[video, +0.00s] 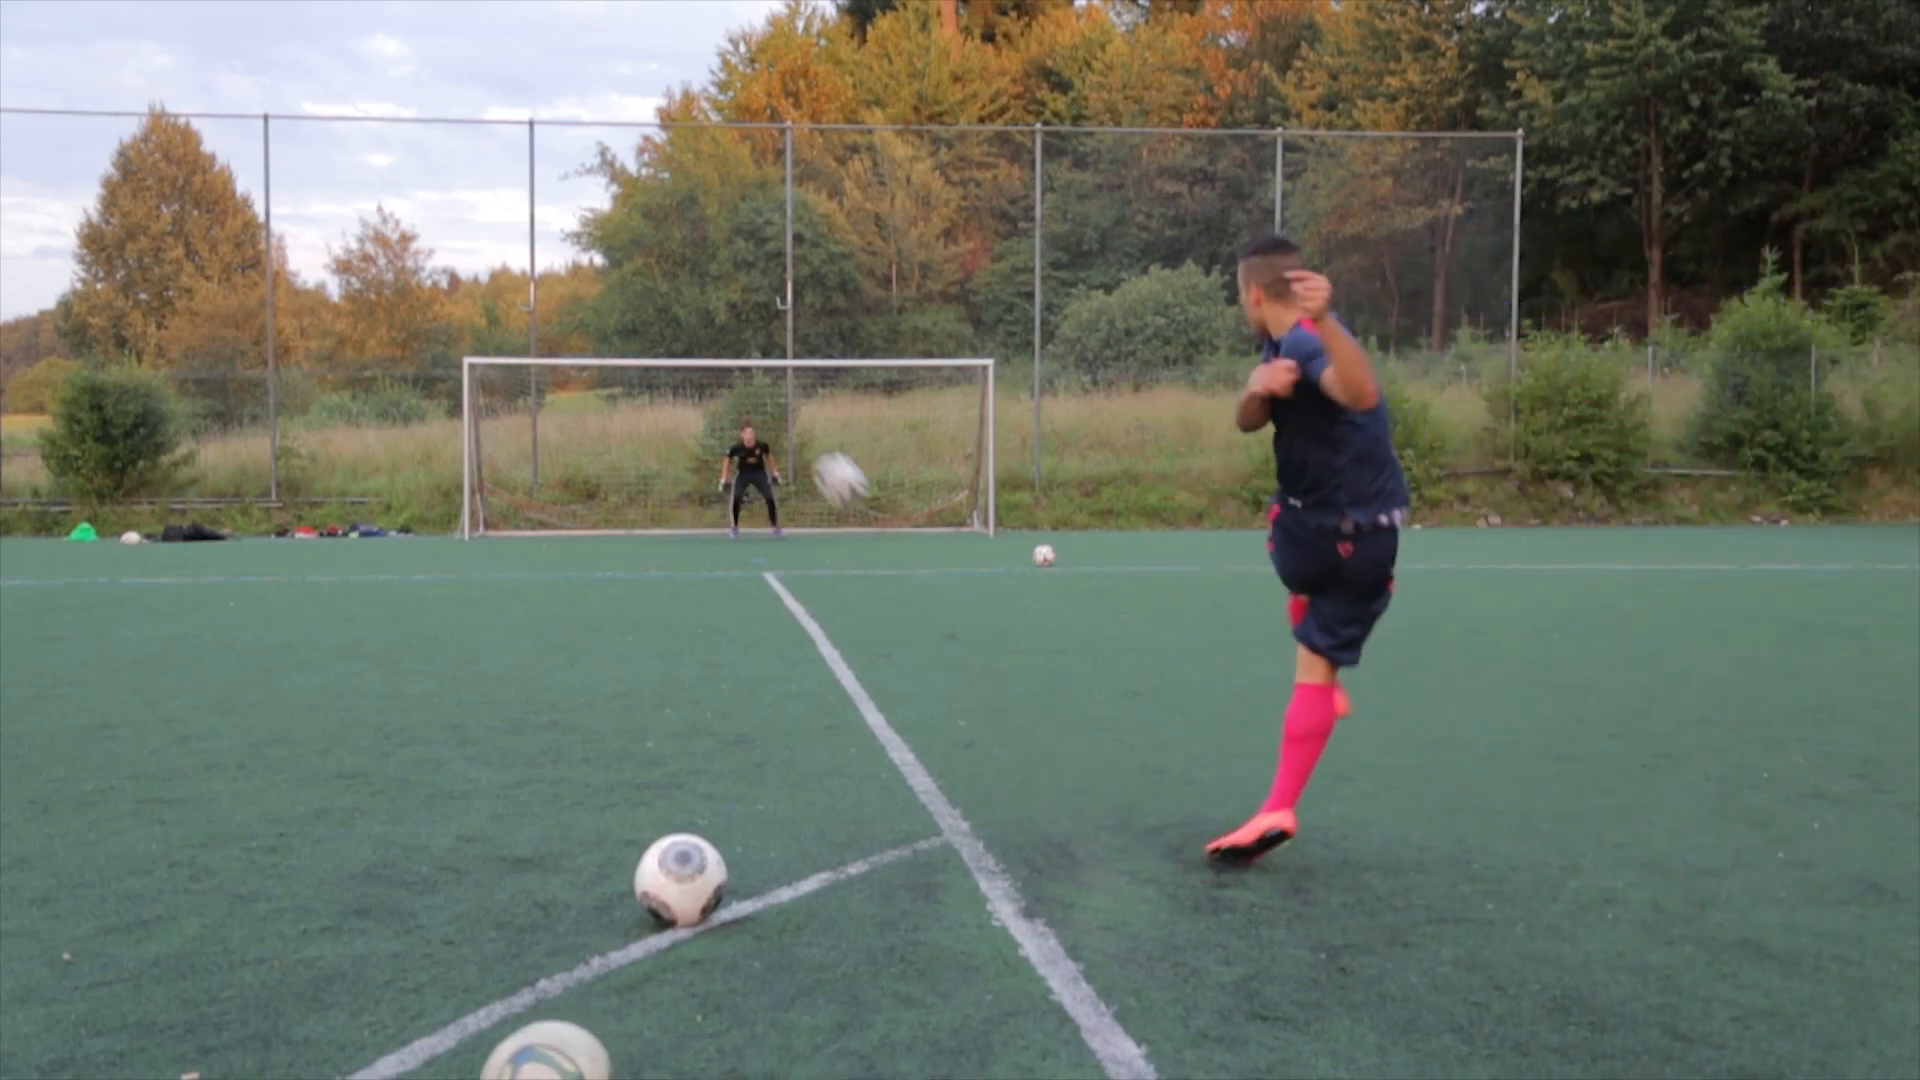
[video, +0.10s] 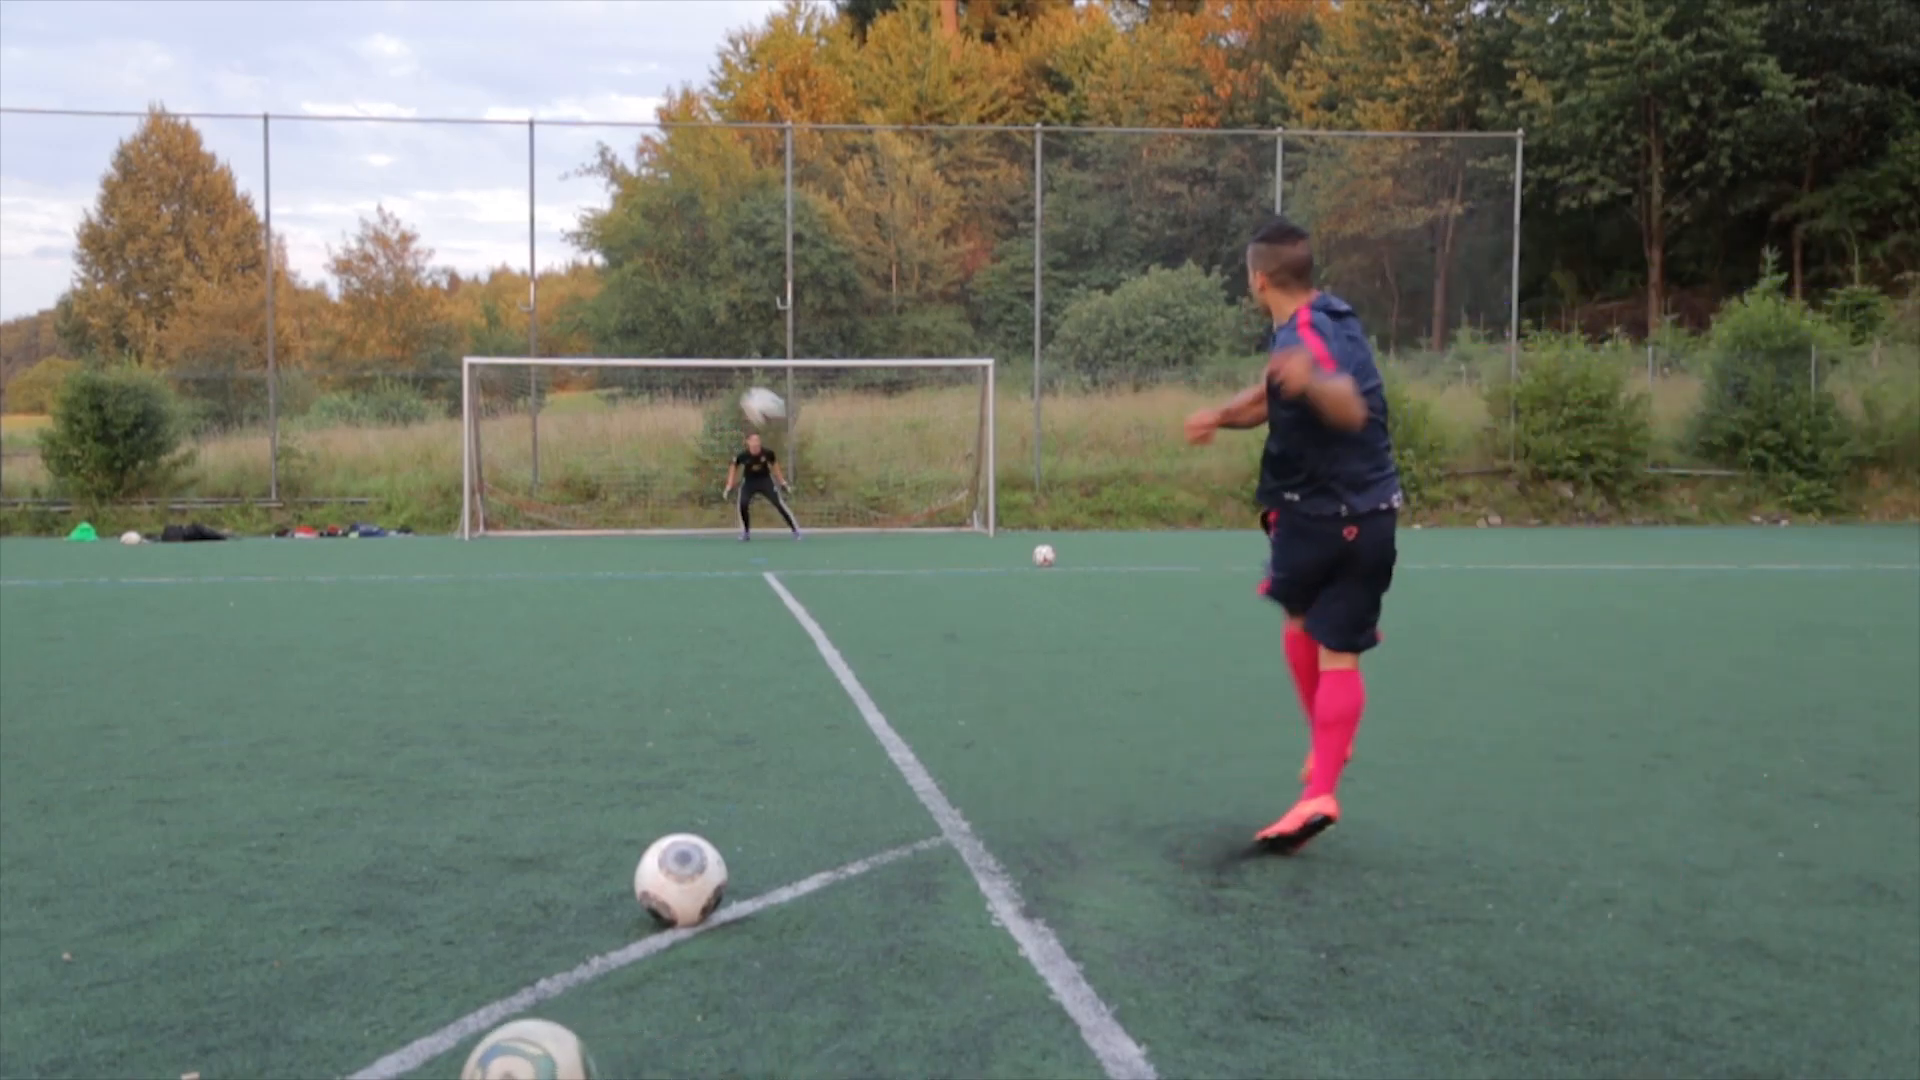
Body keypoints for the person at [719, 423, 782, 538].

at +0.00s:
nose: (749, 437)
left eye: (751, 434)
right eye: (747, 434)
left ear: (754, 436)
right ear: (742, 435)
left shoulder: (762, 447)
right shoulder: (736, 449)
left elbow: (770, 459)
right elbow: (727, 461)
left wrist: (775, 472)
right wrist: (724, 478)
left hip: (759, 476)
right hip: (743, 476)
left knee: (770, 499)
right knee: (736, 499)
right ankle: (734, 527)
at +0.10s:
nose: (755, 447)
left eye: (757, 444)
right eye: (753, 444)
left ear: (760, 444)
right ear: (748, 445)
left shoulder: (768, 454)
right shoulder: (742, 457)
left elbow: (775, 468)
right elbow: (733, 468)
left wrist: (783, 482)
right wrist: (729, 484)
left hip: (765, 483)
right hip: (749, 484)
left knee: (779, 504)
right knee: (743, 505)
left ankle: (795, 530)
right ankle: (746, 532)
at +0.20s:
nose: (756, 458)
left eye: (758, 455)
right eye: (753, 455)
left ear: (762, 454)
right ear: (750, 455)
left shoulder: (770, 463)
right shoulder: (745, 465)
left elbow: (779, 477)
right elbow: (737, 478)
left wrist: (787, 492)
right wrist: (733, 495)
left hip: (767, 490)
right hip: (751, 490)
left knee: (782, 509)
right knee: (742, 506)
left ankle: (795, 532)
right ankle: (745, 533)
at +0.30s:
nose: (747, 461)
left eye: (749, 458)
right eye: (744, 458)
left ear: (753, 456)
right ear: (741, 458)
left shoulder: (763, 465)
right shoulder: (739, 468)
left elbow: (774, 479)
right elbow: (735, 483)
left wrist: (782, 496)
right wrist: (731, 499)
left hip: (762, 492)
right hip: (746, 493)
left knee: (778, 510)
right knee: (733, 508)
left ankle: (794, 533)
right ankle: (737, 534)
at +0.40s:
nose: (732, 455)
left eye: (734, 452)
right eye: (730, 453)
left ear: (739, 451)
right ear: (727, 453)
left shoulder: (749, 461)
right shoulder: (727, 465)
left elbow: (761, 476)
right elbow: (725, 482)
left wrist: (768, 492)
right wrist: (722, 498)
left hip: (753, 491)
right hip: (738, 491)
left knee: (766, 513)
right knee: (726, 507)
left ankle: (788, 531)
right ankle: (736, 534)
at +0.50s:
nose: (719, 446)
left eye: (721, 443)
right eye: (717, 444)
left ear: (727, 443)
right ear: (715, 446)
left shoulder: (736, 456)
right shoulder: (718, 460)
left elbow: (750, 470)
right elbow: (717, 478)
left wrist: (753, 488)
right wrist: (713, 495)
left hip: (744, 485)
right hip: (732, 486)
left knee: (748, 510)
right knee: (720, 507)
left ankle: (772, 530)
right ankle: (735, 533)